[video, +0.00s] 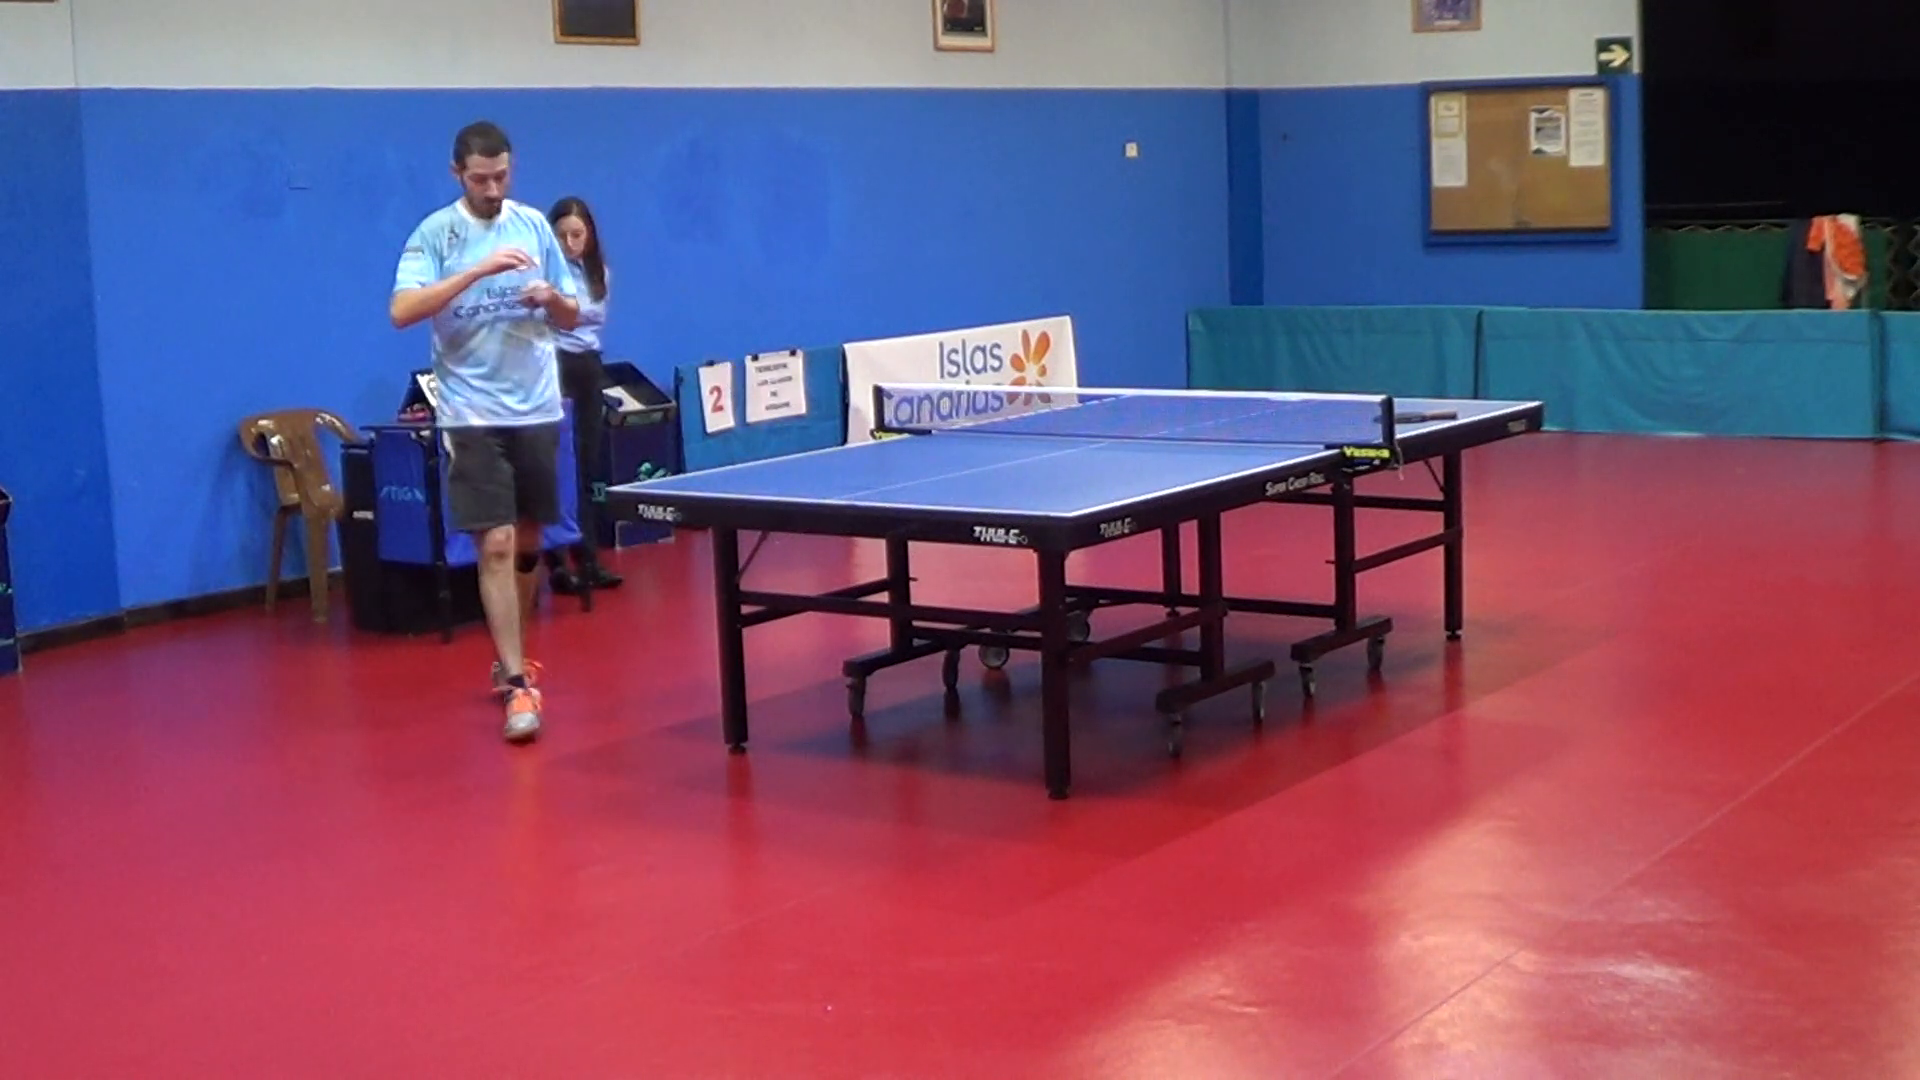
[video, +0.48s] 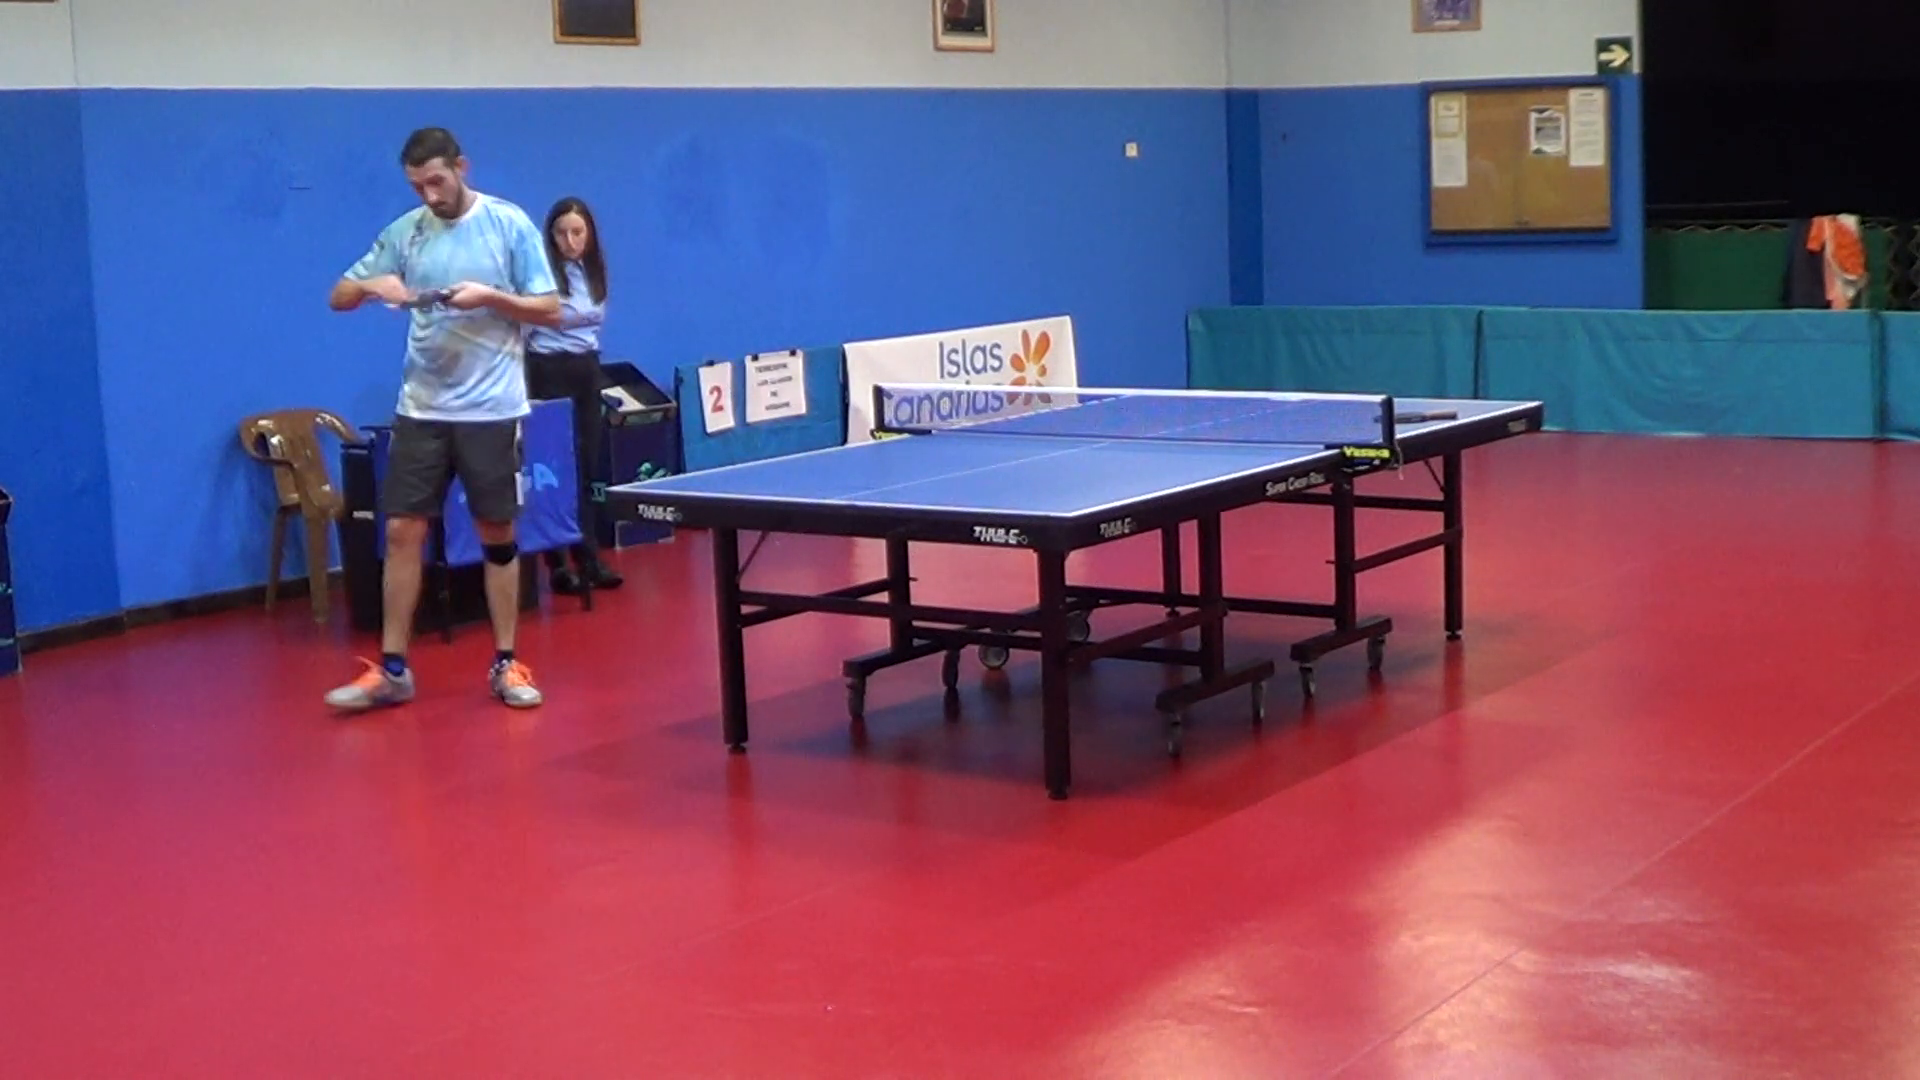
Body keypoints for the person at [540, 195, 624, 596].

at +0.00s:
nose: (573, 242)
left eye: (579, 233)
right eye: (565, 234)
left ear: (591, 234)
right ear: (553, 237)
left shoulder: (599, 272)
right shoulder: (548, 272)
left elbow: (602, 314)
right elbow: (545, 316)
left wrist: (566, 310)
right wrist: (581, 312)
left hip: (587, 358)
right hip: (552, 359)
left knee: (590, 459)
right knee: (560, 462)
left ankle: (590, 555)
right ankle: (559, 559)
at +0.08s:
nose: (572, 242)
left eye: (579, 234)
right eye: (565, 235)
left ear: (590, 234)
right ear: (553, 237)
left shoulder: (599, 270)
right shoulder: (547, 270)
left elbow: (602, 313)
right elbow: (542, 315)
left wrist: (567, 308)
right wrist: (572, 312)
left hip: (587, 359)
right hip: (552, 360)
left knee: (591, 458)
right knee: (559, 462)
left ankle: (590, 554)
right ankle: (560, 559)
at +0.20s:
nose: (572, 242)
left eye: (579, 234)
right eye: (565, 235)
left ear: (591, 235)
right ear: (553, 237)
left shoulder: (599, 272)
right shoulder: (547, 270)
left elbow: (600, 314)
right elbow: (541, 316)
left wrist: (567, 314)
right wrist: (571, 317)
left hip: (587, 360)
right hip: (552, 362)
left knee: (590, 460)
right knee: (558, 464)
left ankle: (590, 555)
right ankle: (561, 560)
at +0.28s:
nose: (572, 243)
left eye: (578, 234)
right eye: (564, 236)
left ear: (590, 235)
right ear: (553, 238)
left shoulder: (597, 273)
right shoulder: (545, 271)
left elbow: (600, 314)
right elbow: (540, 315)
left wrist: (563, 314)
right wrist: (578, 315)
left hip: (586, 360)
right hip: (550, 362)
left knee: (589, 461)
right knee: (557, 463)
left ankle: (588, 555)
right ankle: (560, 561)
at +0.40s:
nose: (572, 242)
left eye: (578, 233)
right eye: (564, 235)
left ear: (590, 234)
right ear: (552, 238)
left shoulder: (594, 271)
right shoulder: (541, 271)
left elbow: (599, 314)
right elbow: (541, 315)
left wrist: (559, 314)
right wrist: (586, 314)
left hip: (586, 360)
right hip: (548, 362)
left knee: (588, 460)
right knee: (556, 463)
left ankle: (589, 554)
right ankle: (560, 562)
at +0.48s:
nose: (571, 241)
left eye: (578, 232)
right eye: (563, 234)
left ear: (589, 234)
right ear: (552, 237)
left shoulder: (593, 270)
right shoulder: (540, 271)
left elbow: (598, 314)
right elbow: (539, 316)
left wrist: (555, 313)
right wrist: (585, 314)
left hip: (585, 361)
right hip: (547, 363)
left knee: (588, 460)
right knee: (555, 462)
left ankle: (589, 554)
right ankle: (559, 561)